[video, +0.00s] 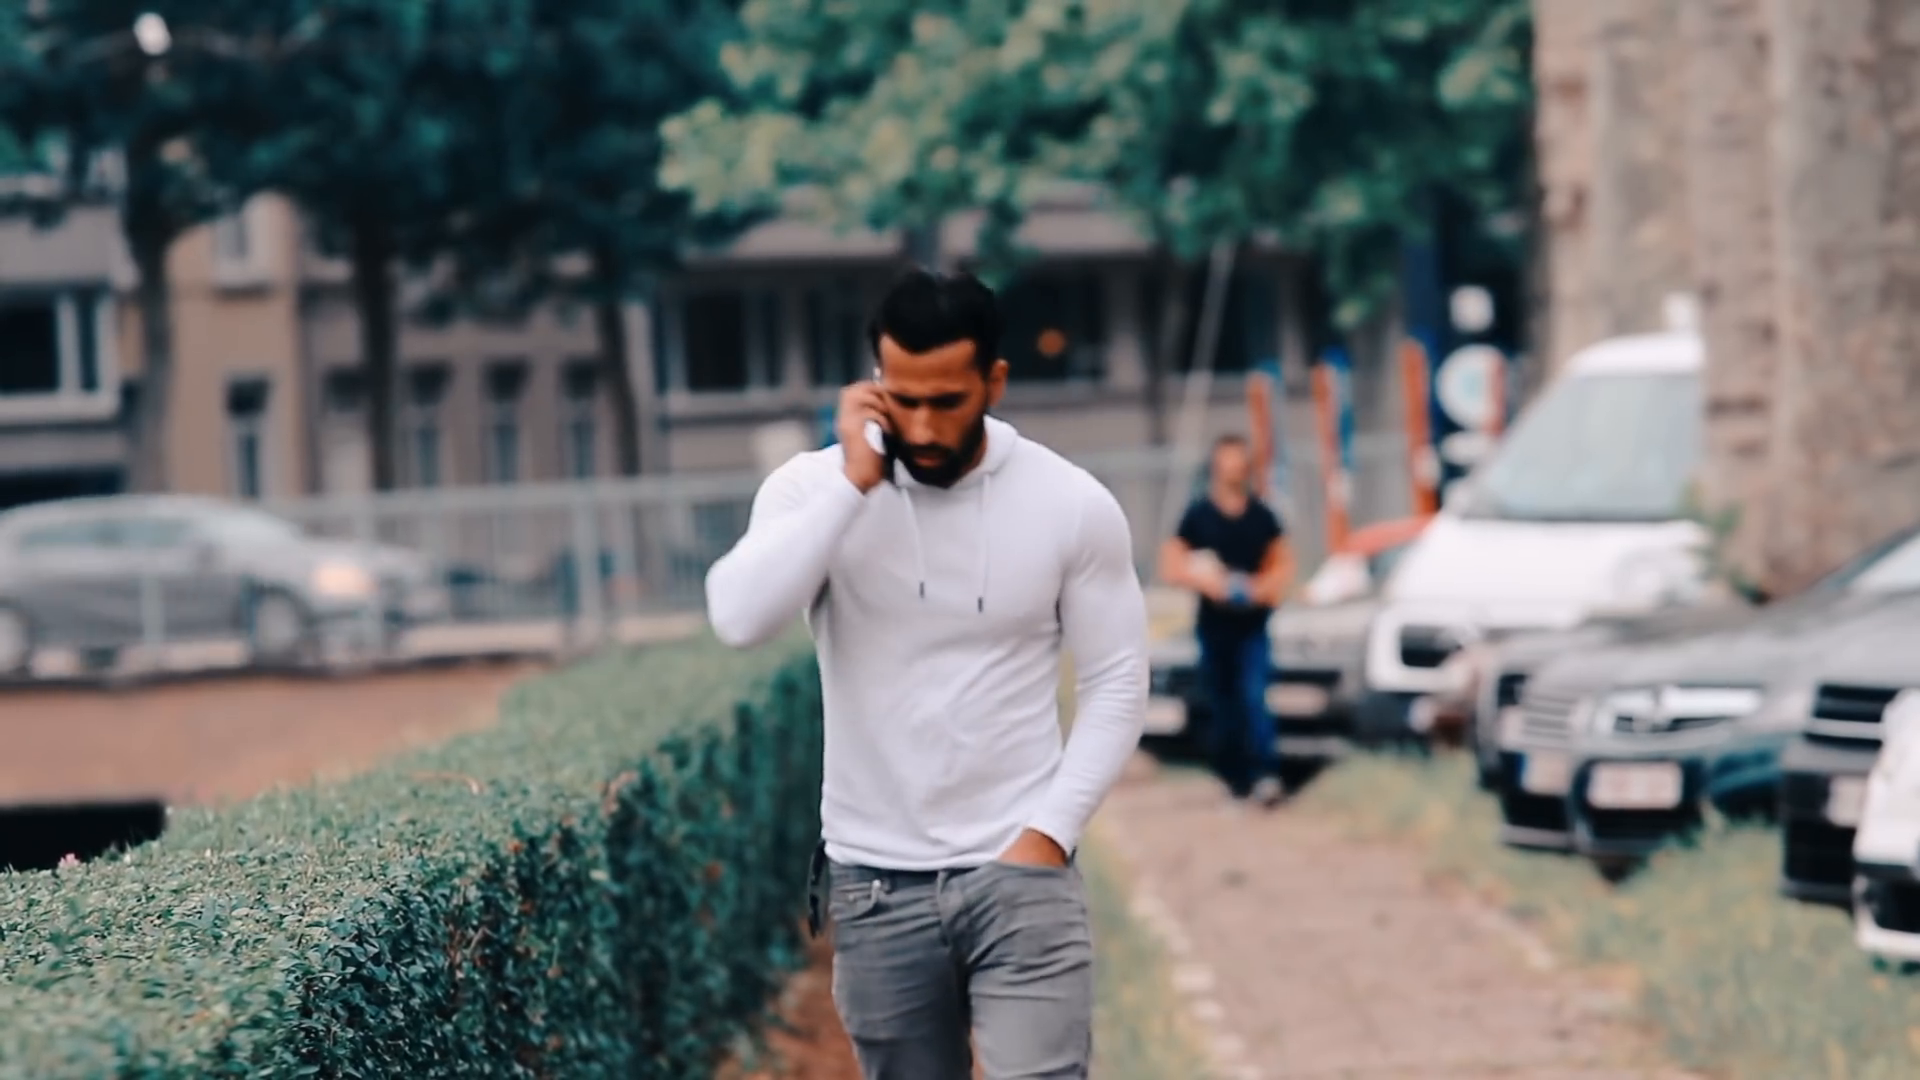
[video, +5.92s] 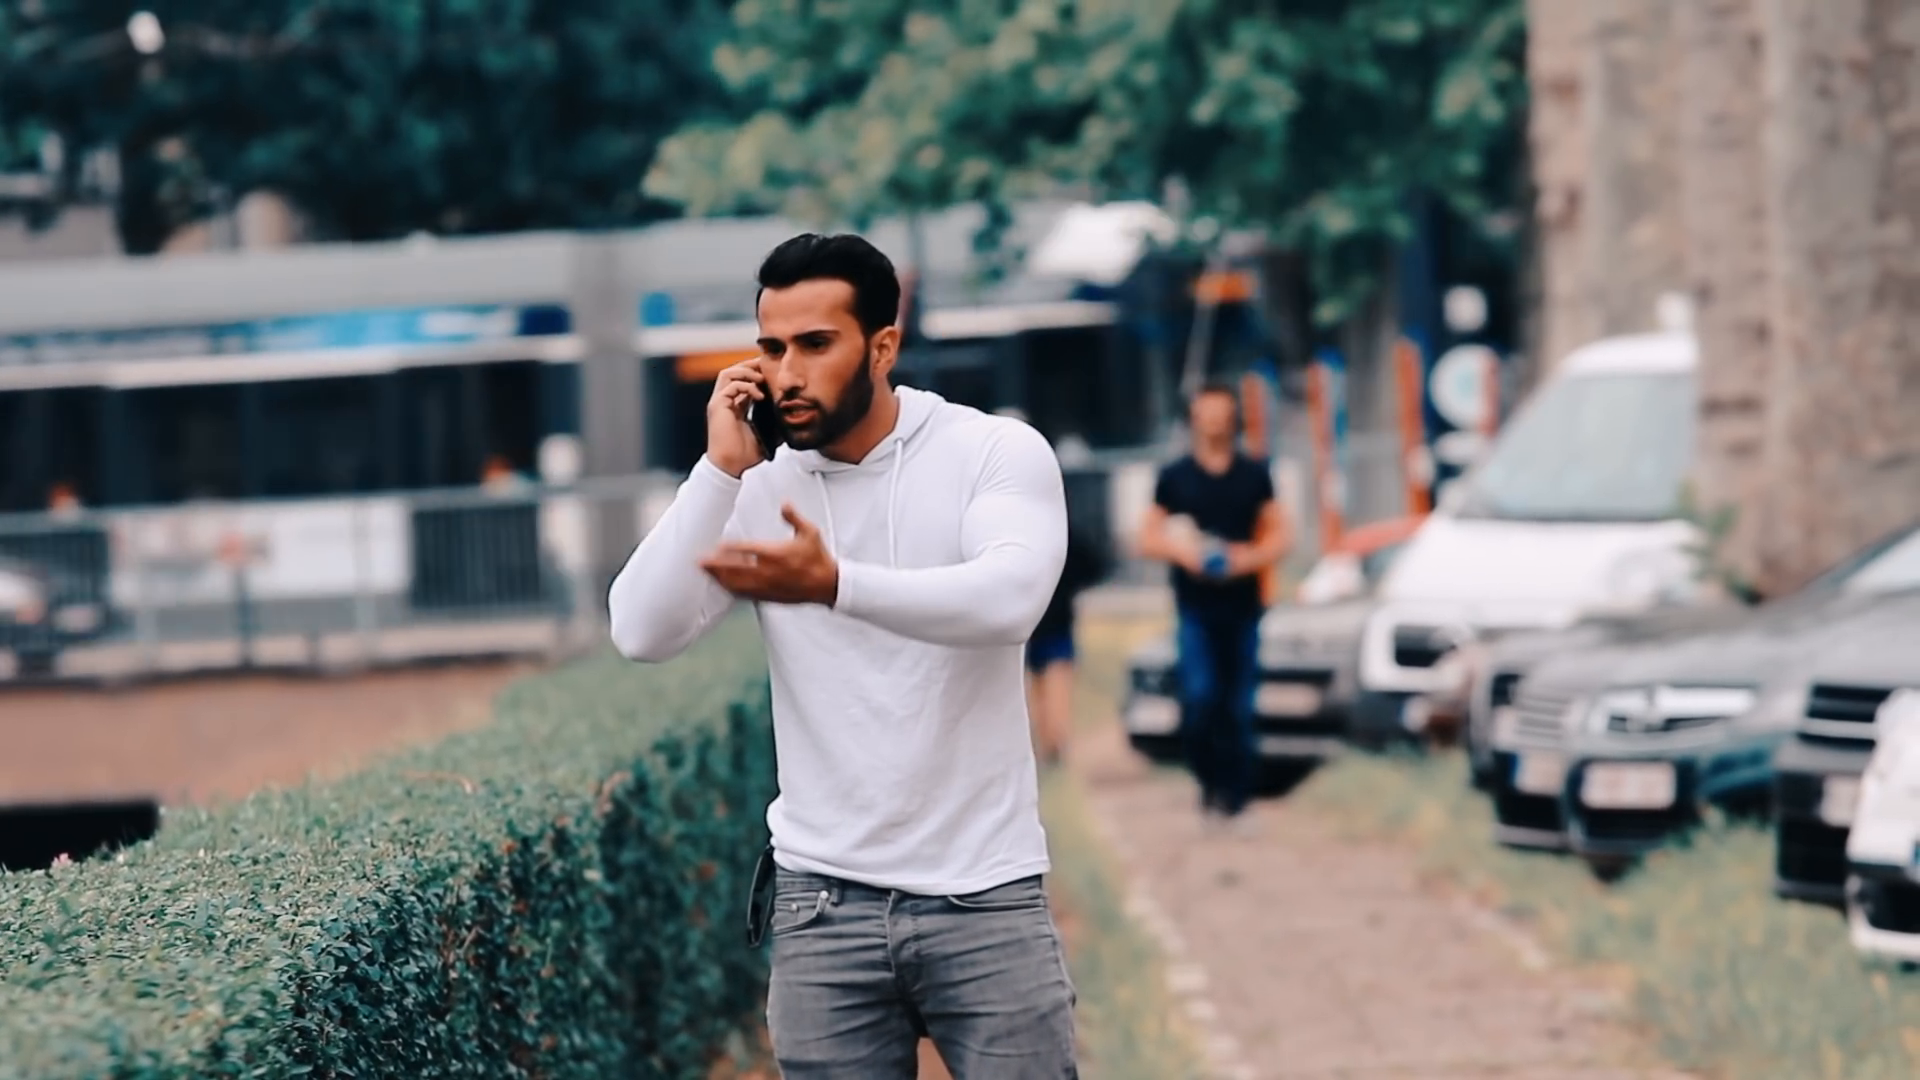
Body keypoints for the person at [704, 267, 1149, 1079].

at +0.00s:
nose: (922, 428)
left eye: (945, 403)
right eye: (901, 401)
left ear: (994, 382)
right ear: (877, 378)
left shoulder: (1072, 507)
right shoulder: (810, 486)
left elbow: (1115, 684)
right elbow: (738, 618)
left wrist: (1046, 836)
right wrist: (851, 479)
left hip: (1019, 881)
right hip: (874, 892)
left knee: (1039, 1069)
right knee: (908, 1070)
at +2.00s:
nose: (888, 356)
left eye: (916, 329)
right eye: (875, 330)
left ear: (984, 334)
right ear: (857, 332)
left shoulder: (1088, 481)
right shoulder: (830, 470)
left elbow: (1127, 687)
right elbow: (709, 585)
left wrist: (1068, 869)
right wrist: (813, 433)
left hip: (1026, 905)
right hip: (871, 895)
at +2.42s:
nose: (801, 365)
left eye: (830, 336)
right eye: (787, 339)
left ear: (897, 346)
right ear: (770, 350)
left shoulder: (1008, 475)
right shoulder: (752, 487)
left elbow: (1118, 647)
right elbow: (630, 605)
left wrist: (1026, 778)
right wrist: (729, 448)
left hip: (979, 909)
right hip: (815, 909)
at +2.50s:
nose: (792, 369)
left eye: (822, 339)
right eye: (777, 342)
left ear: (888, 346)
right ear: (760, 351)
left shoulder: (996, 472)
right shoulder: (741, 487)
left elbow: (1106, 643)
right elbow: (623, 608)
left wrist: (994, 724)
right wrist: (722, 452)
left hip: (975, 900)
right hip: (808, 904)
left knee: (1024, 1065)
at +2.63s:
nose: (792, 370)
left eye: (822, 341)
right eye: (778, 344)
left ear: (888, 346)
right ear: (761, 351)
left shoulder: (994, 469)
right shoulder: (742, 486)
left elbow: (1085, 644)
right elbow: (624, 609)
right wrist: (721, 452)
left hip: (973, 897)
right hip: (804, 901)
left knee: (1018, 1064)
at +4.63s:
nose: (799, 371)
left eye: (827, 342)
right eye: (785, 346)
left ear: (895, 346)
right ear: (769, 352)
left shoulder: (1011, 448)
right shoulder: (763, 485)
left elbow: (1038, 592)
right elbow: (651, 627)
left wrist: (871, 532)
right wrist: (732, 468)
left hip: (1000, 893)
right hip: (830, 899)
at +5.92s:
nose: (785, 374)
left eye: (813, 344)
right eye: (771, 349)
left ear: (882, 347)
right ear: (756, 355)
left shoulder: (1000, 452)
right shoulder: (758, 486)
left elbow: (1008, 602)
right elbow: (641, 631)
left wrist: (836, 583)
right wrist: (718, 468)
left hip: (988, 897)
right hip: (819, 903)